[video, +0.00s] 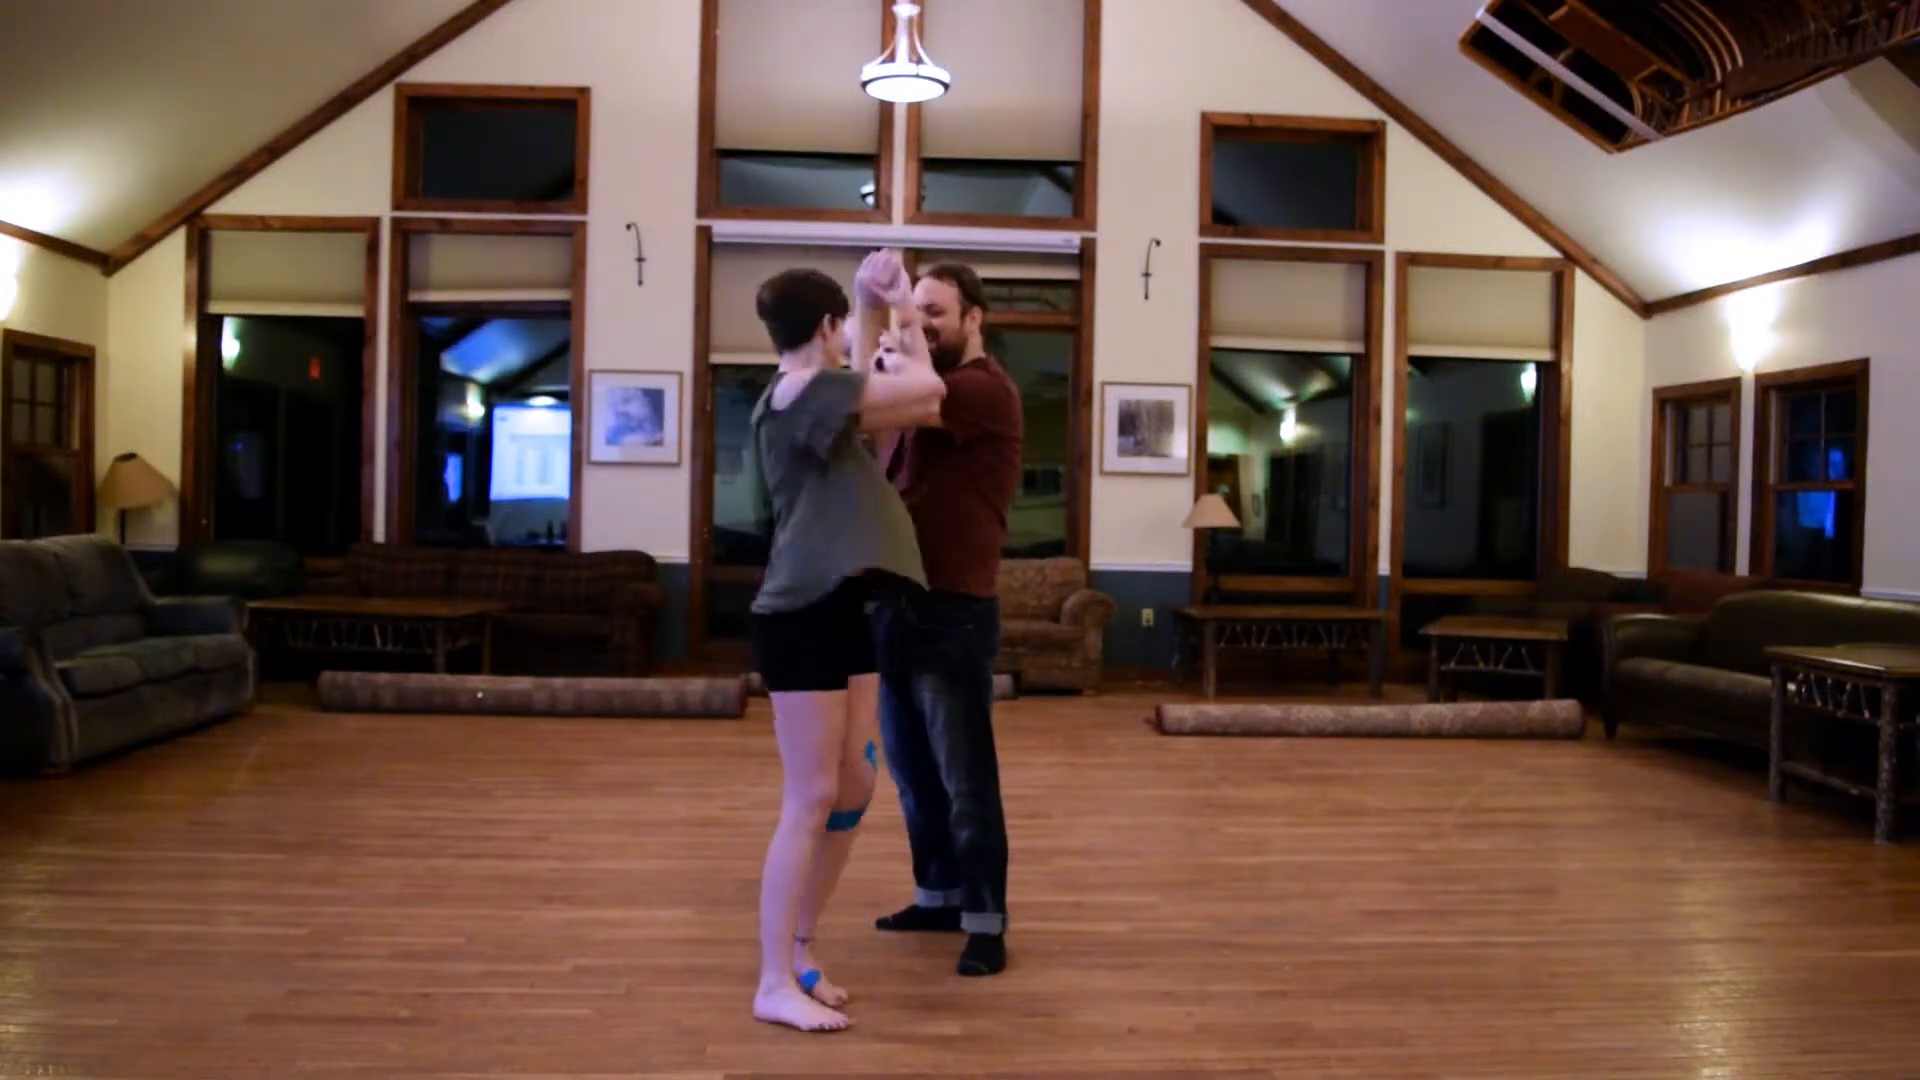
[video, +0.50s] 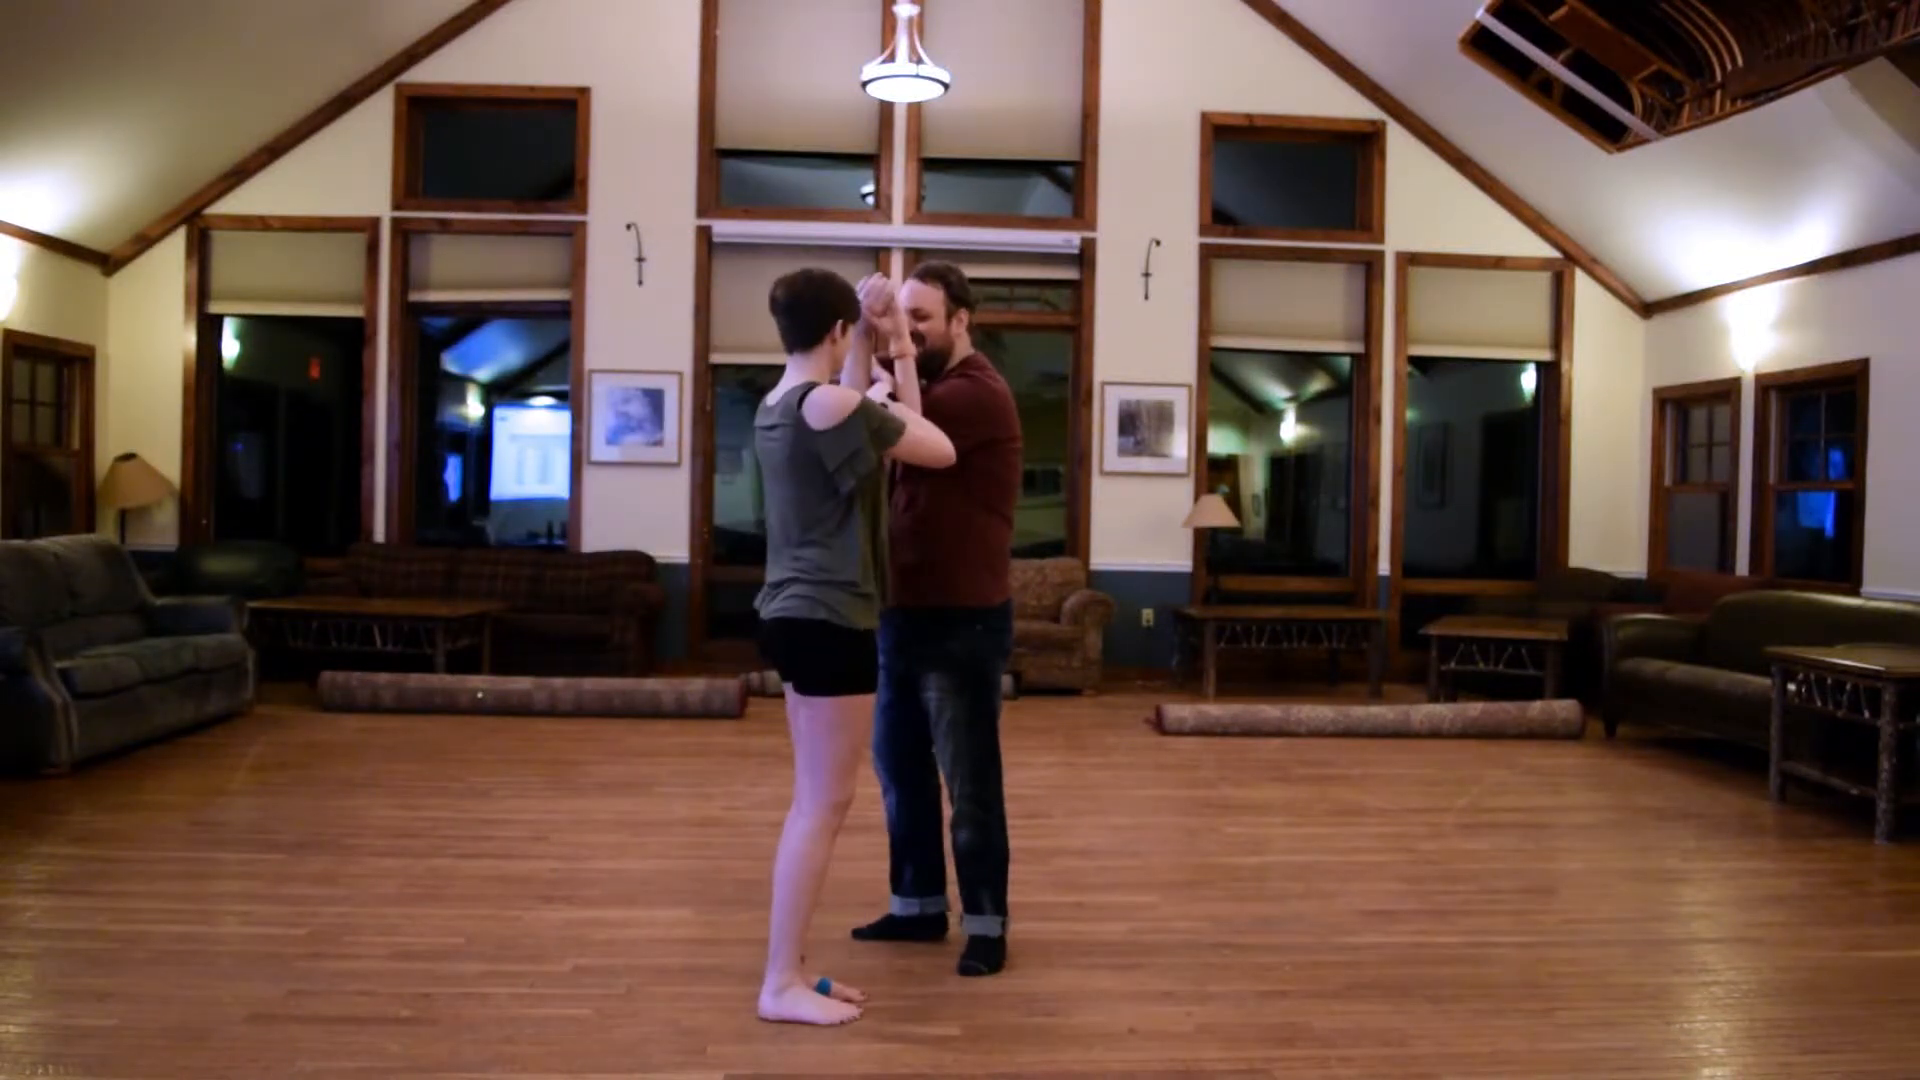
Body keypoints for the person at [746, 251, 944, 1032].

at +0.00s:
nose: (853, 335)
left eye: (853, 326)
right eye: (850, 324)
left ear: (786, 332)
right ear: (834, 326)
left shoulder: (810, 394)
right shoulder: (804, 396)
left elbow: (881, 388)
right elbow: (926, 394)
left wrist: (876, 304)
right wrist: (904, 317)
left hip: (845, 609)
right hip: (805, 613)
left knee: (852, 790)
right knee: (809, 797)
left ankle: (796, 954)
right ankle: (774, 986)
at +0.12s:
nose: (855, 336)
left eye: (857, 324)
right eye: (852, 325)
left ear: (785, 334)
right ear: (840, 331)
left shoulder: (784, 403)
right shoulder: (821, 407)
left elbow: (860, 406)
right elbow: (929, 438)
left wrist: (874, 319)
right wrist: (912, 355)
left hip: (818, 618)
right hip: (815, 622)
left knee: (837, 798)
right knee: (823, 803)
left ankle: (794, 966)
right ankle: (776, 986)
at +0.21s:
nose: (858, 340)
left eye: (861, 328)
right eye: (856, 329)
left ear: (787, 337)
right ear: (843, 336)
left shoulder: (779, 408)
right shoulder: (828, 415)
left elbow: (856, 406)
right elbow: (925, 464)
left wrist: (874, 324)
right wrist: (908, 373)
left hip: (800, 620)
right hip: (822, 627)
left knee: (832, 803)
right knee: (831, 806)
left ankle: (792, 971)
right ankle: (778, 985)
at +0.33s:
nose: (862, 336)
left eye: (866, 324)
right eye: (860, 326)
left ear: (789, 335)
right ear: (844, 334)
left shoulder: (777, 406)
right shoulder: (833, 411)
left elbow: (852, 410)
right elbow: (928, 465)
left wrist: (872, 334)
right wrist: (908, 374)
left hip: (790, 613)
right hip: (830, 620)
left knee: (826, 801)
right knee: (829, 804)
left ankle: (790, 972)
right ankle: (782, 984)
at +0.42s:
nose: (862, 336)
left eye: (865, 324)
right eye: (860, 326)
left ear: (789, 334)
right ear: (844, 333)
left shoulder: (777, 406)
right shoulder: (833, 408)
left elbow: (852, 414)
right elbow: (935, 453)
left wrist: (876, 347)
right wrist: (906, 366)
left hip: (792, 613)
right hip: (829, 620)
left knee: (818, 802)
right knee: (825, 806)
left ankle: (786, 974)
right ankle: (782, 985)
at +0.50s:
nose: (862, 336)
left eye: (862, 323)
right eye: (858, 326)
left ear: (789, 334)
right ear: (841, 333)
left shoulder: (777, 404)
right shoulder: (832, 405)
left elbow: (859, 429)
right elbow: (938, 448)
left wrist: (879, 351)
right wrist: (903, 367)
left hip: (795, 612)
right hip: (828, 619)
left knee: (817, 803)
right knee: (823, 806)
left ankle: (787, 975)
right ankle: (782, 985)